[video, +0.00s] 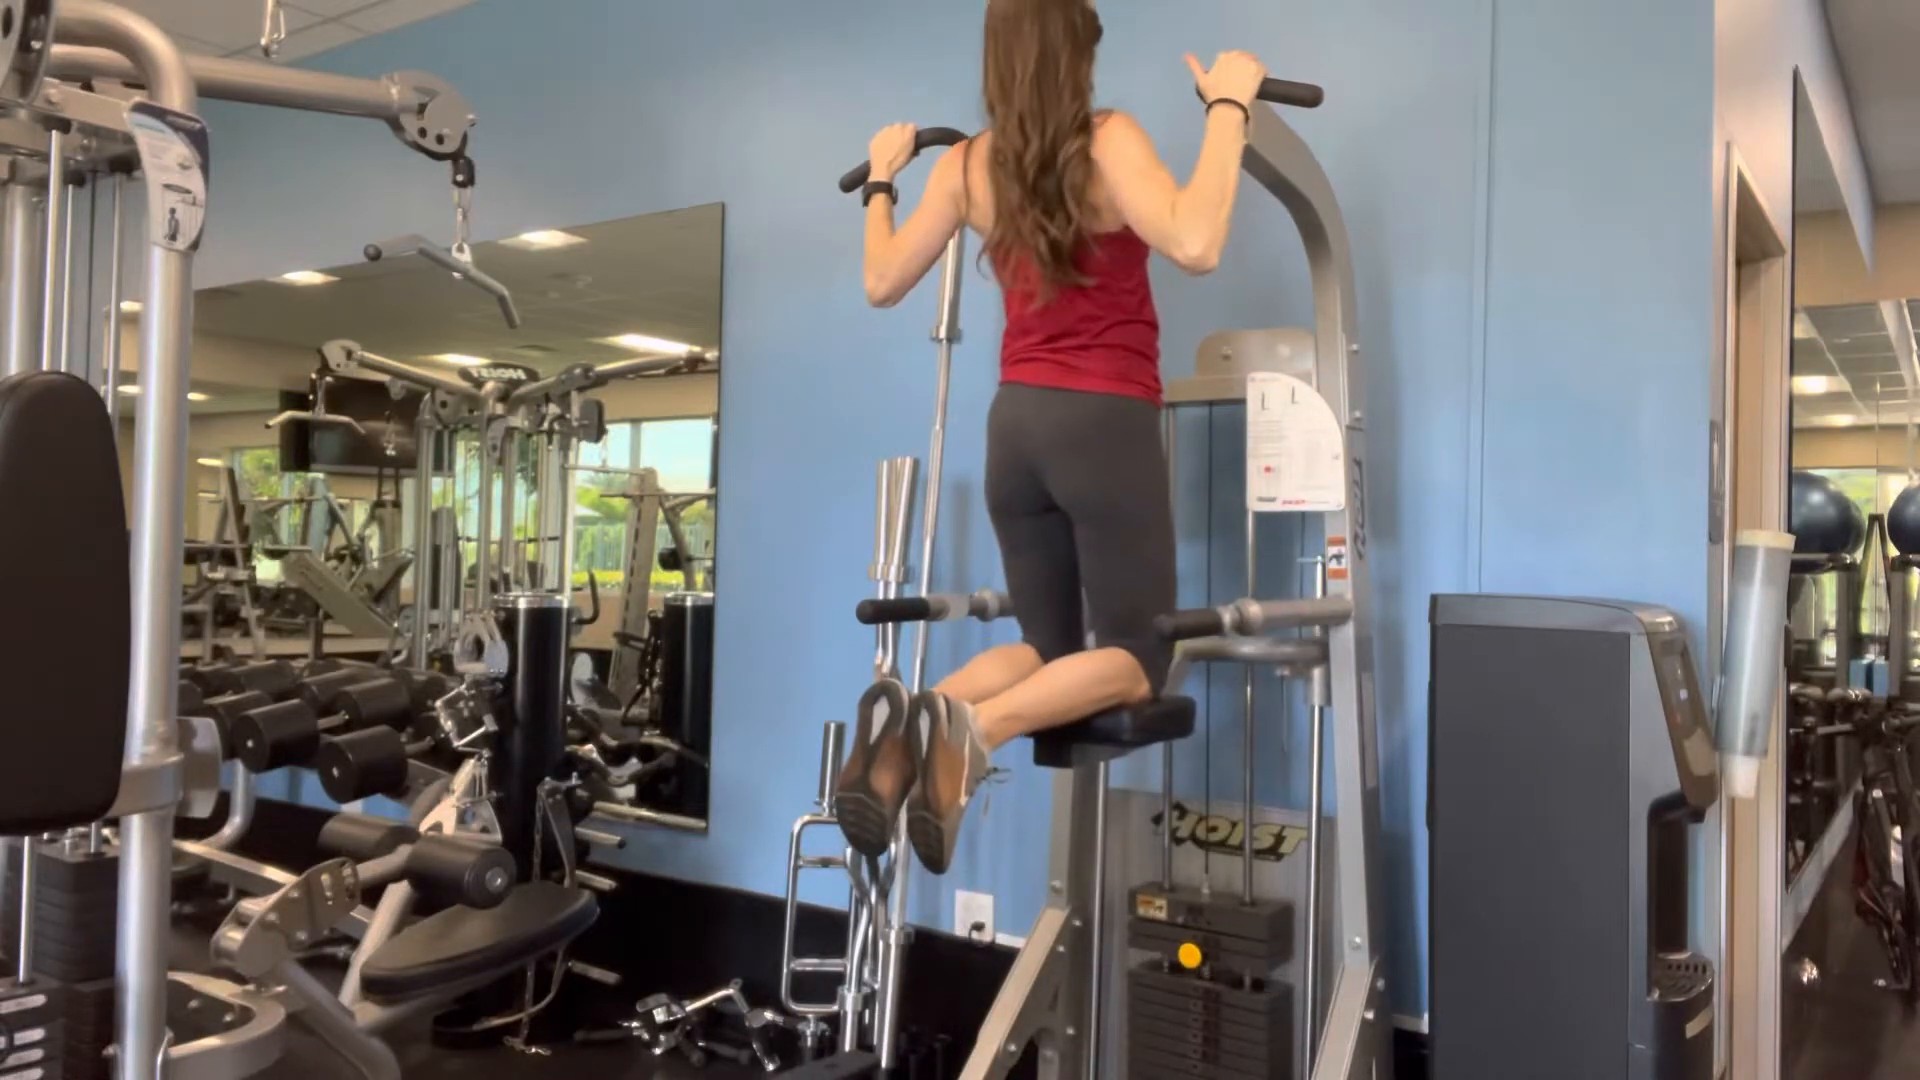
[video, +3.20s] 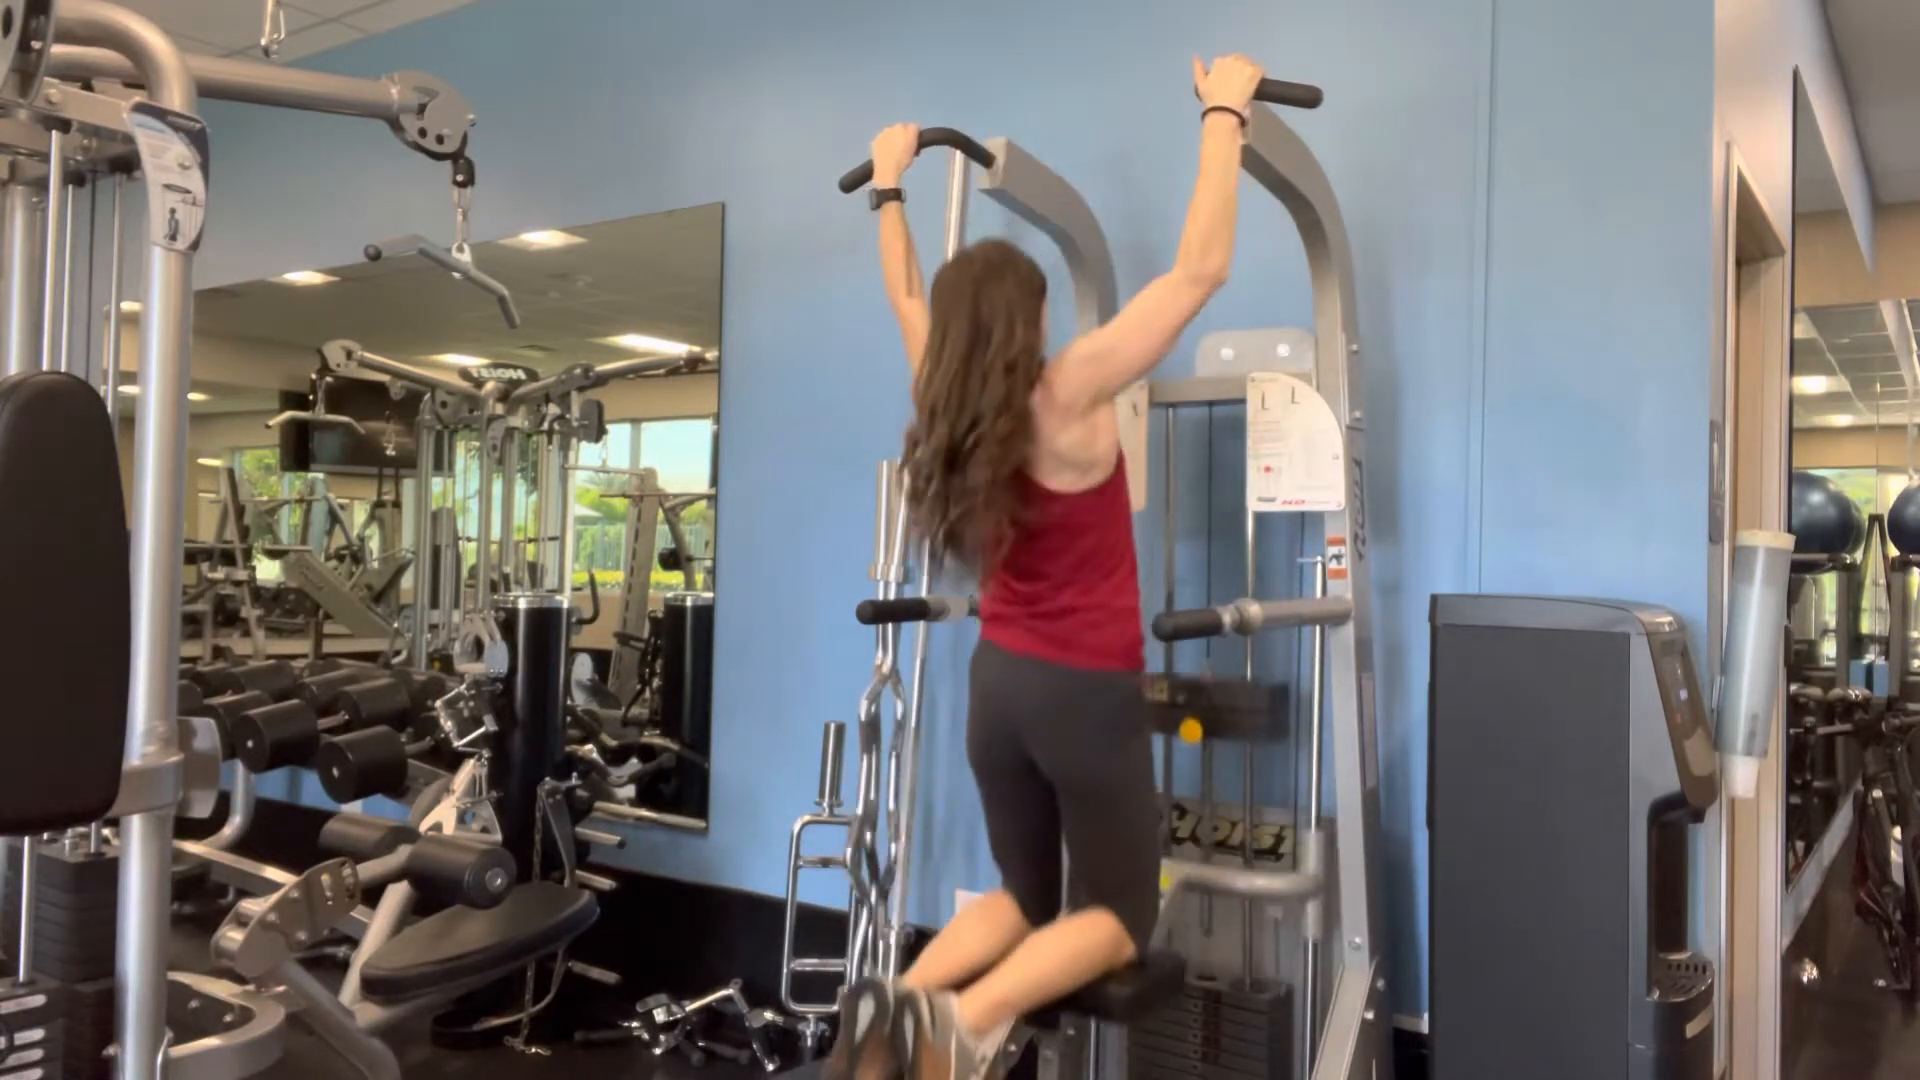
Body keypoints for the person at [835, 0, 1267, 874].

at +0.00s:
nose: (1090, 56)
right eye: (1085, 42)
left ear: (999, 57)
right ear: (1080, 52)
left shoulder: (970, 161)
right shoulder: (1108, 139)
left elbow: (882, 281)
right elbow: (1195, 243)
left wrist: (878, 178)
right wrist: (1228, 109)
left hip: (1015, 424)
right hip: (1104, 424)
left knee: (1049, 649)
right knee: (1136, 663)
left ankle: (918, 716)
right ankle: (978, 727)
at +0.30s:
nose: (1050, 186)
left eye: (1032, 174)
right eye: (1041, 174)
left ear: (953, 200)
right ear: (1032, 192)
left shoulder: (946, 287)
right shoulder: (1073, 268)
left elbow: (882, 294)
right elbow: (1233, 251)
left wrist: (883, 187)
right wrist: (1227, 110)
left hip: (997, 571)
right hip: (1085, 575)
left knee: (1041, 780)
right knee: (1131, 801)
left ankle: (908, 866)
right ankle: (964, 878)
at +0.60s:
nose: (1044, 320)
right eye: (1035, 311)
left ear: (953, 336)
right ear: (1031, 325)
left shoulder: (957, 406)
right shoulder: (1077, 387)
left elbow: (912, 298)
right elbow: (1192, 268)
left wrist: (887, 185)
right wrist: (1222, 113)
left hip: (991, 703)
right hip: (1078, 715)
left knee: (1032, 915)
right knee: (1120, 938)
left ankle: (899, 1020)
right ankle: (966, 1037)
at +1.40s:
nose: (1065, 198)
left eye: (1053, 184)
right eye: (1057, 184)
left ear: (966, 201)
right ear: (1046, 199)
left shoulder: (959, 293)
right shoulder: (1087, 275)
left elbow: (874, 294)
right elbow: (1246, 252)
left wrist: (881, 182)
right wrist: (1228, 109)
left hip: (1004, 569)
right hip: (1095, 573)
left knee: (1032, 788)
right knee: (1124, 803)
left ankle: (910, 887)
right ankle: (967, 901)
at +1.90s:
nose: (1079, 52)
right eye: (1074, 38)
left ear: (988, 58)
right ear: (1070, 49)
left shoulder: (968, 164)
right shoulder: (1108, 135)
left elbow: (888, 285)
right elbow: (1184, 247)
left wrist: (879, 181)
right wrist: (1227, 113)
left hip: (1019, 423)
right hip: (1109, 424)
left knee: (1039, 647)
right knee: (1132, 663)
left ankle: (912, 733)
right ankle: (978, 734)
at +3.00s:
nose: (1054, 199)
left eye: (1040, 185)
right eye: (1046, 187)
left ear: (953, 216)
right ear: (1036, 204)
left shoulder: (952, 304)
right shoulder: (1077, 278)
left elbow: (880, 295)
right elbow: (1237, 256)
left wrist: (882, 187)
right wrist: (1228, 113)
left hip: (1004, 577)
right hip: (1093, 580)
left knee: (1031, 784)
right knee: (1127, 804)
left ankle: (913, 866)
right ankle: (970, 887)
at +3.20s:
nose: (1048, 307)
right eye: (1037, 295)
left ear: (956, 322)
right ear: (1034, 312)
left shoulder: (955, 395)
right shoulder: (1076, 382)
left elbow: (905, 293)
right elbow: (1200, 270)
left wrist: (885, 185)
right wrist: (1225, 114)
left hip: (997, 685)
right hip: (1087, 693)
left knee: (1023, 894)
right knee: (1119, 916)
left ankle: (900, 1002)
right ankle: (965, 1028)